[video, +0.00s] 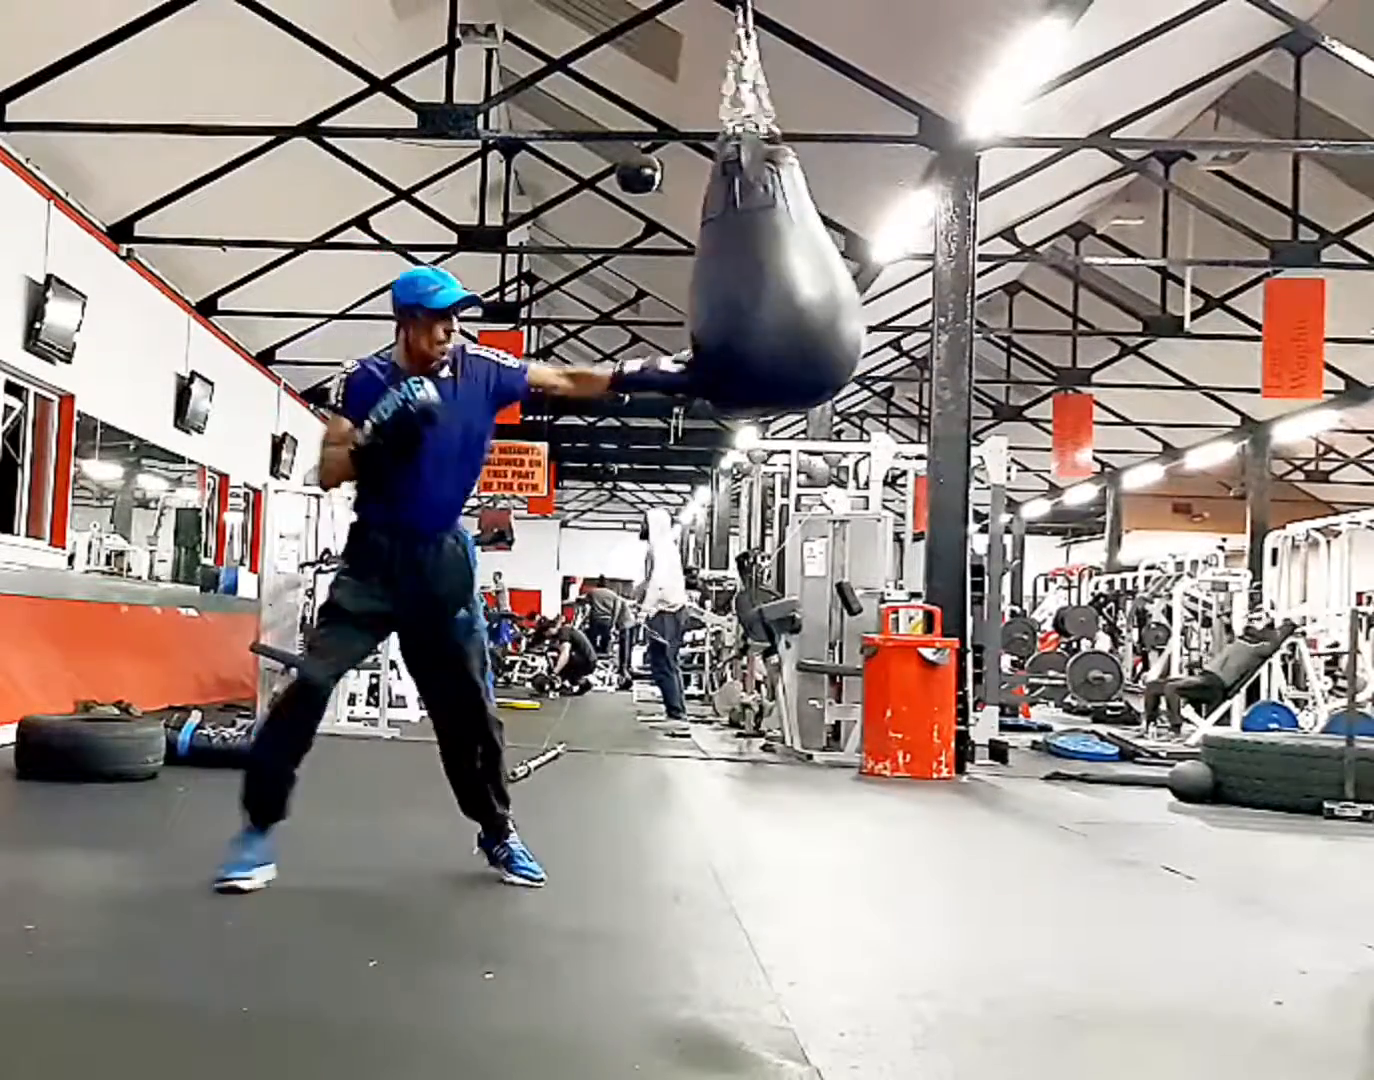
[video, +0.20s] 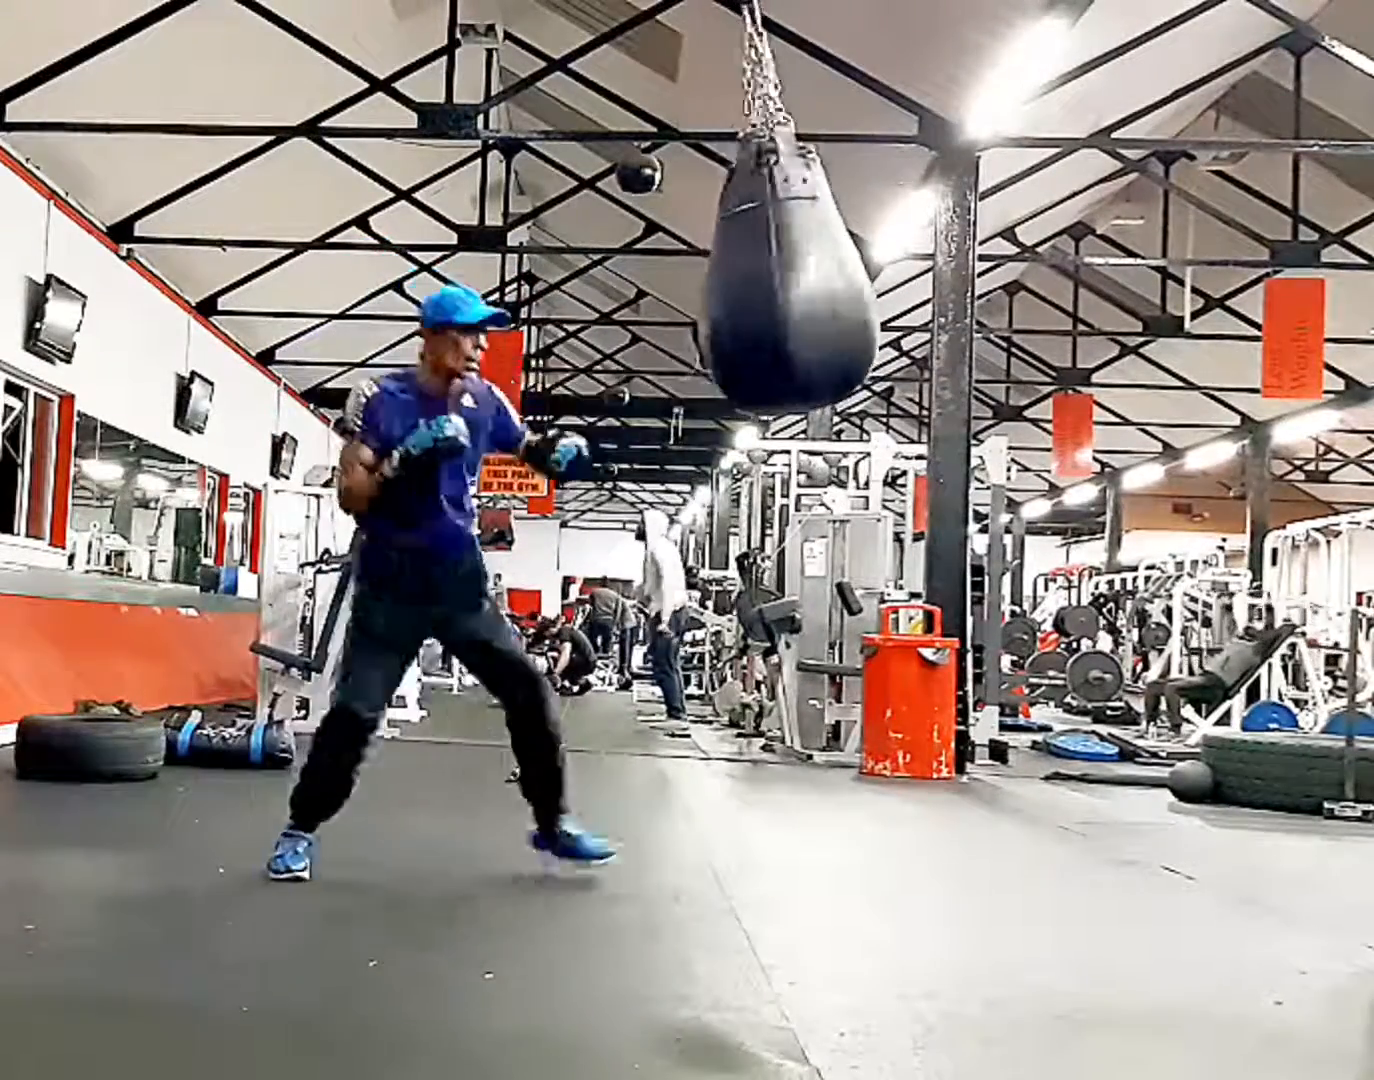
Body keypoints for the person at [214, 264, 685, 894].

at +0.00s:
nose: (446, 338)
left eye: (451, 326)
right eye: (435, 326)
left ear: (456, 324)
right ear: (403, 321)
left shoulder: (482, 371)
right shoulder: (367, 379)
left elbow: (569, 381)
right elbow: (327, 473)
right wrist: (382, 429)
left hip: (443, 568)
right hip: (371, 564)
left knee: (468, 703)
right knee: (309, 684)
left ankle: (498, 834)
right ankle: (256, 833)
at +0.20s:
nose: (475, 351)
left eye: (479, 339)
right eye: (464, 338)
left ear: (478, 344)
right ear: (429, 338)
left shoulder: (485, 401)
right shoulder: (386, 403)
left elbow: (532, 450)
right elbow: (351, 496)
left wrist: (562, 456)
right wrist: (404, 463)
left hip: (460, 589)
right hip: (388, 592)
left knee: (529, 691)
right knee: (354, 716)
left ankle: (552, 825)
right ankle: (299, 831)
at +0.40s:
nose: (577, 351)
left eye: (576, 341)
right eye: (567, 340)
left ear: (548, 345)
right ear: (535, 340)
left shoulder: (530, 412)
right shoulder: (498, 387)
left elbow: (522, 486)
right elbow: (460, 400)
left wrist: (572, 462)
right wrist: (548, 377)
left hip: (494, 578)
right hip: (450, 575)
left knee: (533, 710)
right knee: (393, 709)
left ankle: (572, 837)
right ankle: (310, 828)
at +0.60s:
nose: (623, 374)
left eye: (625, 365)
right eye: (614, 362)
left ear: (611, 367)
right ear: (578, 358)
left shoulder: (580, 424)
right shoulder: (546, 391)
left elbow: (562, 516)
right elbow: (552, 420)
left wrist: (603, 479)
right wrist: (629, 422)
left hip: (524, 565)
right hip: (494, 551)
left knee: (573, 715)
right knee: (451, 700)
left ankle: (574, 840)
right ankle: (333, 807)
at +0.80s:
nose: (637, 385)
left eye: (641, 375)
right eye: (629, 374)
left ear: (631, 377)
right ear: (596, 368)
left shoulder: (605, 432)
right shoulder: (558, 396)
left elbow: (572, 523)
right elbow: (506, 453)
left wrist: (625, 475)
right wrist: (588, 455)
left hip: (525, 561)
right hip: (492, 546)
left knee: (571, 695)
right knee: (455, 695)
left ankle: (577, 838)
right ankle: (346, 809)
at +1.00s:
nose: (577, 367)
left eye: (579, 357)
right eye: (567, 355)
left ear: (566, 361)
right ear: (534, 352)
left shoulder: (550, 425)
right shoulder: (490, 399)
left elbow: (530, 514)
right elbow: (450, 480)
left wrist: (593, 494)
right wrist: (527, 458)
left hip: (504, 574)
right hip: (463, 567)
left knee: (568, 697)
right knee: (438, 707)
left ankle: (580, 838)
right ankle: (329, 814)